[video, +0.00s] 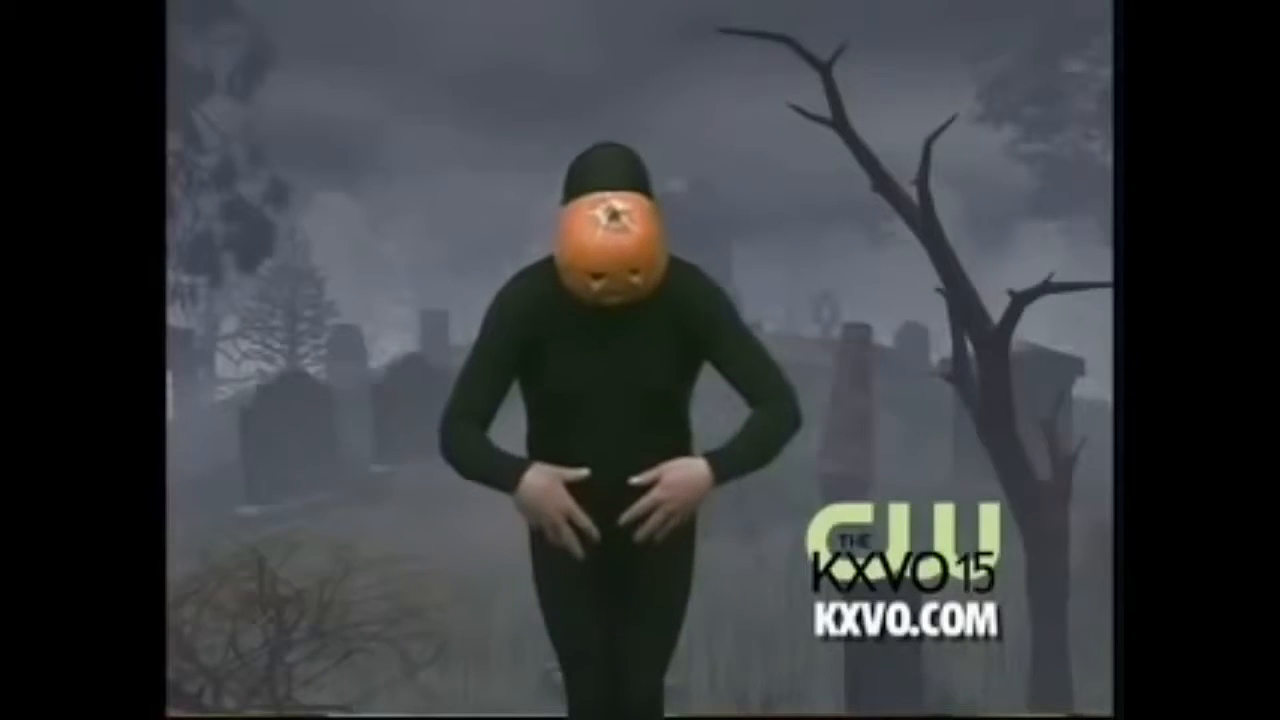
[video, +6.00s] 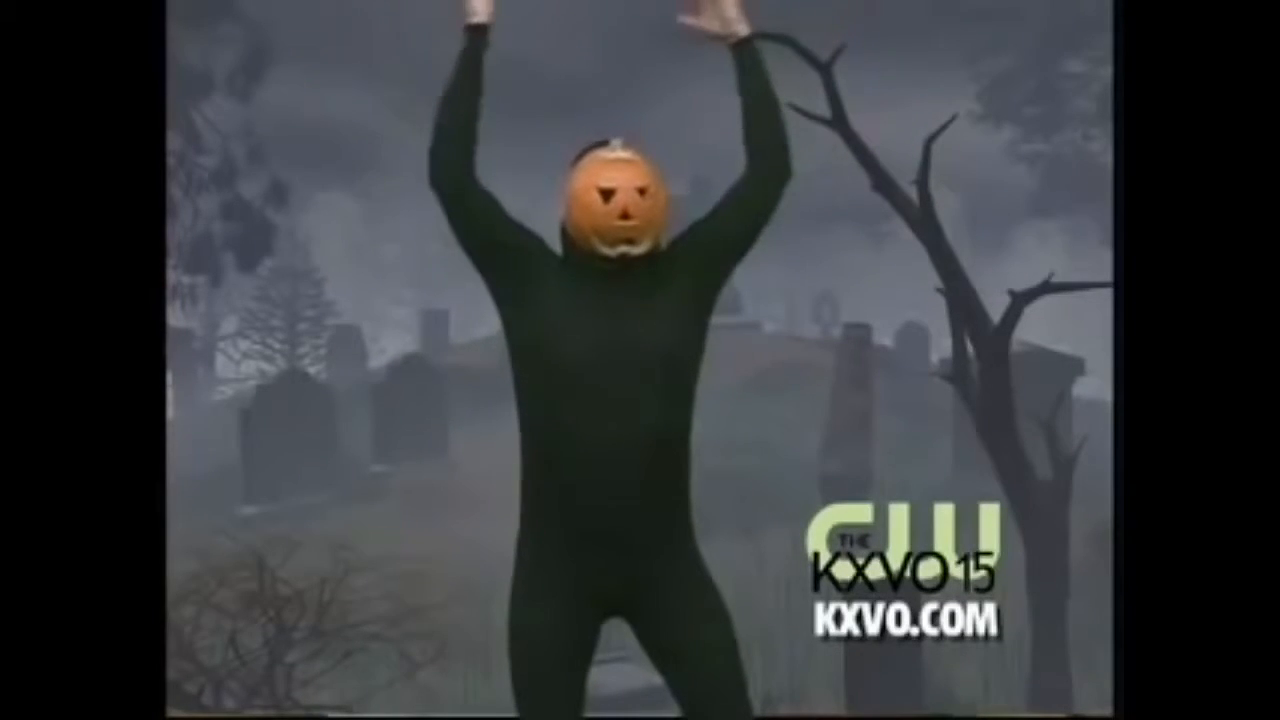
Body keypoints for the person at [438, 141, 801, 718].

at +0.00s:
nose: (609, 220)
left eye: (626, 206)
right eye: (592, 206)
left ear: (653, 219)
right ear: (565, 221)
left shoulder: (687, 294)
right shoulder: (528, 299)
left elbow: (780, 409)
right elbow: (458, 435)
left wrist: (710, 471)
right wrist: (520, 478)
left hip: (660, 527)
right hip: (562, 528)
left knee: (639, 694)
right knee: (589, 694)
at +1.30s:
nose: (614, 242)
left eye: (632, 226)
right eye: (596, 227)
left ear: (659, 219)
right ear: (562, 219)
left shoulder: (690, 301)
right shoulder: (521, 305)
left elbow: (787, 415)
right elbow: (428, 425)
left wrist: (771, 368)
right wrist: (453, 378)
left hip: (657, 532)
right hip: (562, 535)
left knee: (639, 695)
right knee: (586, 696)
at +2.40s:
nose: (615, 207)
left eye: (632, 194)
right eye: (595, 193)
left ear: (657, 209)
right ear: (559, 210)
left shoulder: (694, 300)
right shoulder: (507, 304)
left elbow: (817, 341)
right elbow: (380, 350)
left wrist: (835, 274)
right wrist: (378, 283)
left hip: (658, 544)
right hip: (556, 548)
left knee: (676, 704)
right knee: (574, 706)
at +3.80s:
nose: (617, 180)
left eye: (633, 171)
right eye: (595, 169)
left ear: (658, 205)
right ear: (559, 206)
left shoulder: (700, 284)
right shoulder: (506, 288)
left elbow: (816, 258)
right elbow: (377, 264)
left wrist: (867, 169)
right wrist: (329, 172)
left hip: (664, 558)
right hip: (554, 563)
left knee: (722, 711)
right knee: (560, 713)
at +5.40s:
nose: (617, 188)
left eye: (634, 178)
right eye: (597, 177)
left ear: (660, 199)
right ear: (562, 200)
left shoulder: (689, 267)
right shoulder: (516, 267)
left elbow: (786, 176)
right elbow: (408, 177)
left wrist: (833, 70)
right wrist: (352, 53)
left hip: (665, 560)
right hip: (553, 565)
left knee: (725, 710)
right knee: (546, 711)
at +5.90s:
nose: (621, 197)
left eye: (637, 187)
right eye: (601, 186)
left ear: (662, 208)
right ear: (567, 210)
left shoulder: (688, 274)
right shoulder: (524, 273)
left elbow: (772, 165)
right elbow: (443, 166)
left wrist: (760, 39)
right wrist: (453, 30)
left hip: (667, 562)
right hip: (555, 566)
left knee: (728, 711)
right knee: (546, 711)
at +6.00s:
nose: (623, 200)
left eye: (639, 190)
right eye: (602, 189)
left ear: (665, 211)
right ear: (568, 214)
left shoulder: (688, 278)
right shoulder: (527, 278)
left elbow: (769, 169)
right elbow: (451, 173)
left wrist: (743, 39)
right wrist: (476, 32)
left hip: (666, 562)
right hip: (555, 565)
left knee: (728, 711)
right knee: (546, 711)